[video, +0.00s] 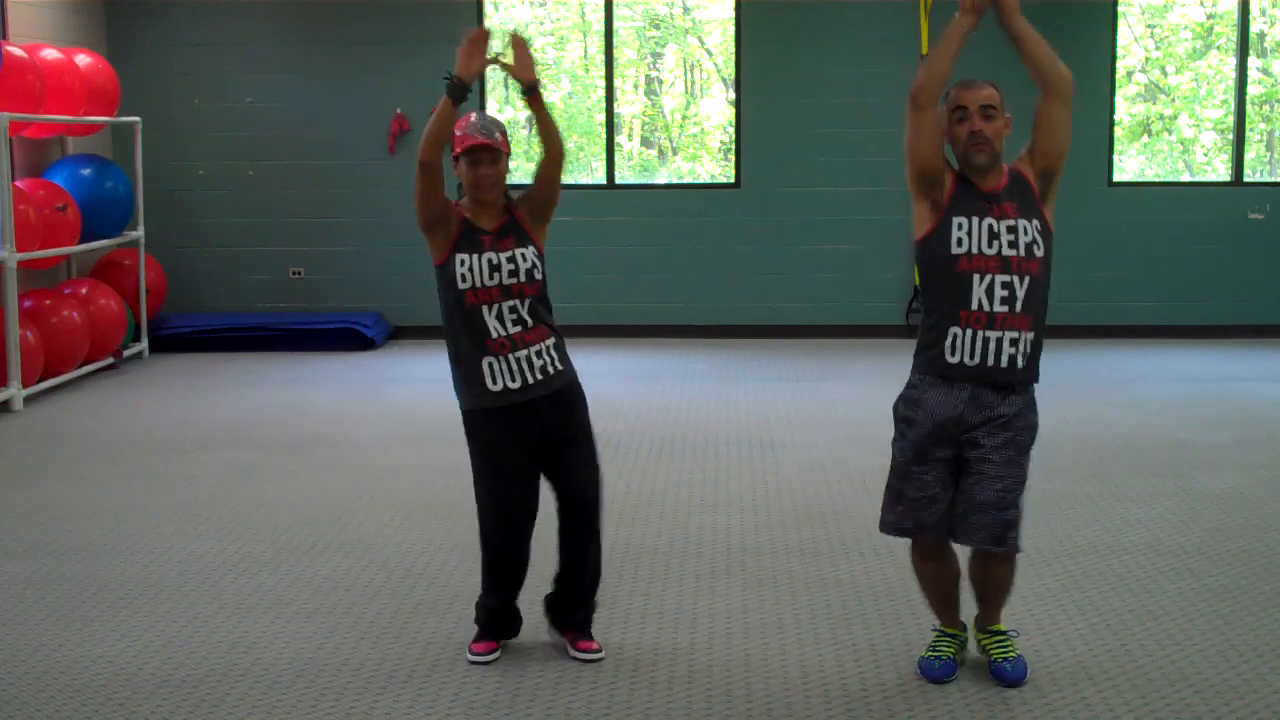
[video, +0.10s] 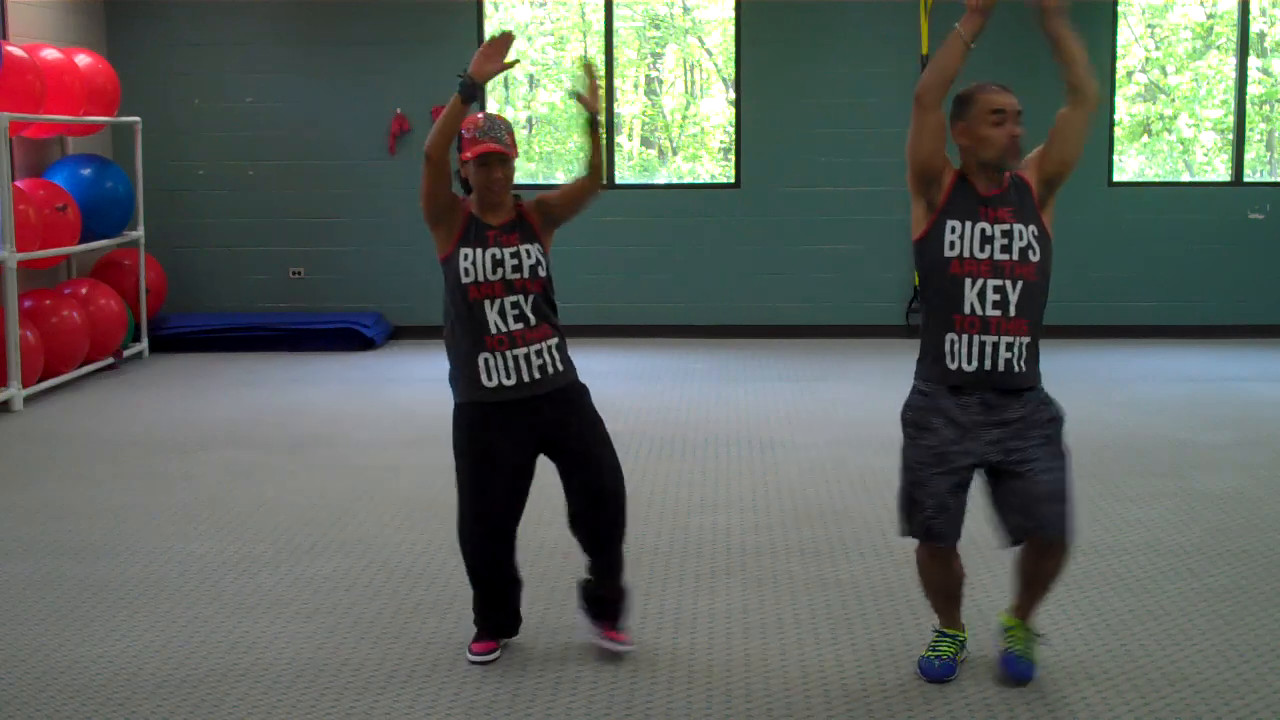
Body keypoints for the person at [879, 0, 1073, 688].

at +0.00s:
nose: (976, 123)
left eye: (988, 112)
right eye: (963, 114)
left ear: (1006, 127)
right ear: (946, 130)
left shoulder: (1035, 184)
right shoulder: (932, 190)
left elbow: (1061, 85)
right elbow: (921, 96)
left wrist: (1006, 10)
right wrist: (967, 15)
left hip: (1006, 397)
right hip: (933, 394)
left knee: (996, 531)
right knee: (926, 530)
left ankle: (992, 629)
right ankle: (949, 631)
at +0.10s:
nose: (1011, 126)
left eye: (1016, 117)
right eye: (996, 116)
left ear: (1020, 133)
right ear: (957, 131)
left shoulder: (1036, 187)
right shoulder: (934, 190)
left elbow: (1085, 97)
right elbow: (926, 100)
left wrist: (1054, 17)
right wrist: (970, 19)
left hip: (1021, 408)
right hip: (942, 407)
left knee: (1051, 536)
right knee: (934, 538)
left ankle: (1018, 623)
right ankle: (949, 630)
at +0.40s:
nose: (1059, 119)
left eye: (1056, 108)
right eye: (1045, 109)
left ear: (1037, 123)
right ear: (1002, 124)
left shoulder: (1075, 175)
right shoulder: (966, 182)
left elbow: (1166, 155)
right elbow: (952, 86)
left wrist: (1250, 135)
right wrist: (983, 7)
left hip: (1069, 395)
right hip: (989, 400)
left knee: (1113, 515)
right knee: (962, 530)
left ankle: (1142, 622)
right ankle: (950, 630)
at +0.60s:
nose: (1073, 120)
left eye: (1070, 111)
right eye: (1059, 112)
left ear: (1045, 127)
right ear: (1017, 126)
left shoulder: (1086, 191)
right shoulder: (976, 188)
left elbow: (1152, 233)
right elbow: (960, 96)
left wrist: (1218, 267)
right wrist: (986, 12)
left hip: (1091, 392)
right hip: (1013, 401)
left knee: (1125, 515)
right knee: (984, 526)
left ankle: (1144, 622)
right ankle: (946, 622)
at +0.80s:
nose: (1037, 123)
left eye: (1042, 113)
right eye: (1021, 113)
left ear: (1048, 126)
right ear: (986, 127)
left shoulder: (1061, 208)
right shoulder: (954, 186)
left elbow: (1081, 294)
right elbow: (940, 91)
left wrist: (1101, 295)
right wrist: (963, 10)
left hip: (1055, 393)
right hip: (980, 399)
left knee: (1109, 517)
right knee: (964, 530)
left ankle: (1127, 619)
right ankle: (954, 629)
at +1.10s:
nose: (983, 107)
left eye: (996, 97)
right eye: (969, 98)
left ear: (1017, 114)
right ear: (951, 115)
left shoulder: (1036, 176)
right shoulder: (935, 175)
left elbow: (1061, 78)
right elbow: (925, 85)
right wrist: (938, 8)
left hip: (1003, 392)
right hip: (925, 386)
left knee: (1003, 524)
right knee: (906, 518)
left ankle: (991, 625)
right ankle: (931, 621)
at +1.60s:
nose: (888, 119)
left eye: (903, 110)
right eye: (888, 110)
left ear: (946, 122)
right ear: (894, 121)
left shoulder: (984, 180)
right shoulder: (866, 180)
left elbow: (1019, 85)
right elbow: (775, 175)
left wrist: (1005, 4)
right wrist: (688, 186)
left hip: (960, 398)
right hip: (879, 394)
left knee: (990, 529)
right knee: (815, 511)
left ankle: (982, 628)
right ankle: (750, 612)